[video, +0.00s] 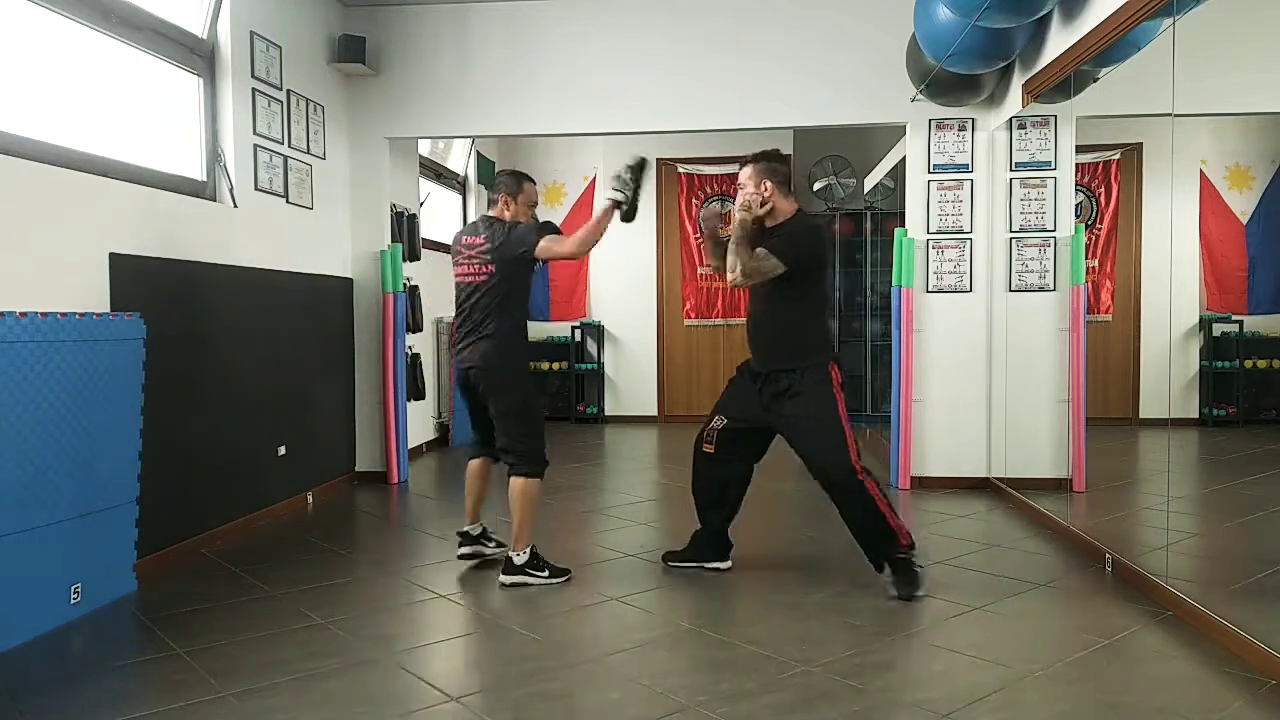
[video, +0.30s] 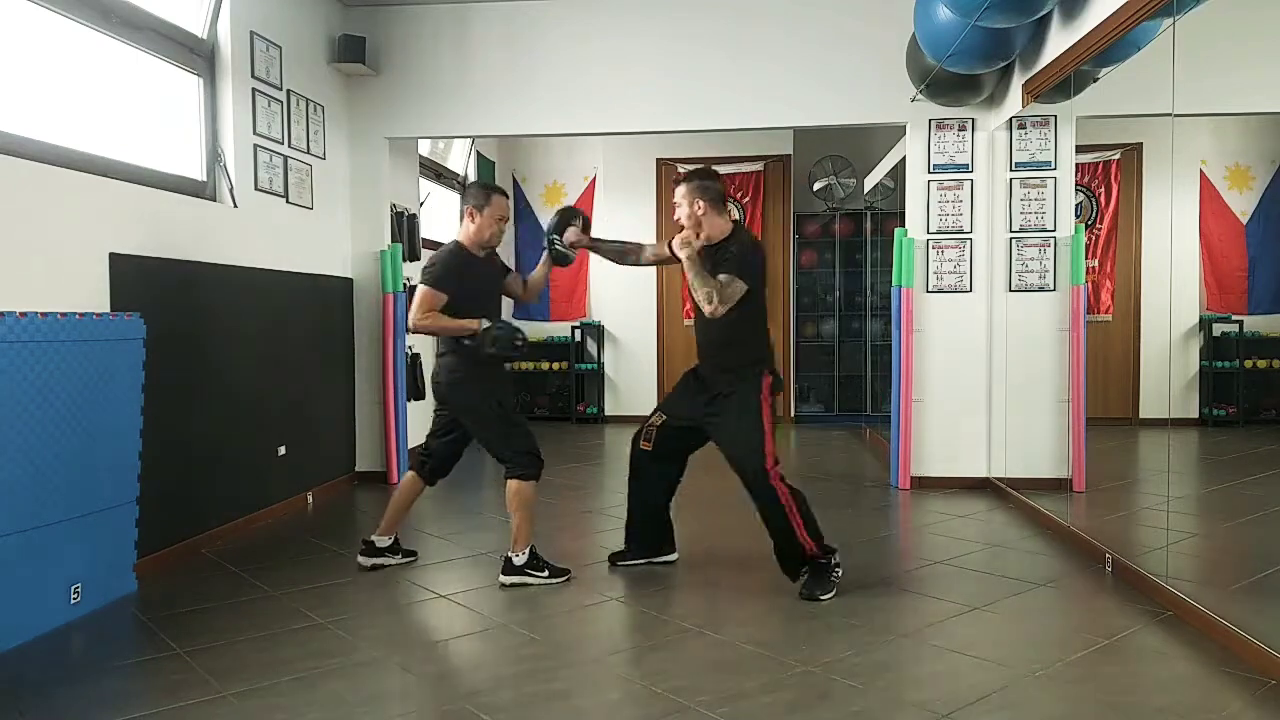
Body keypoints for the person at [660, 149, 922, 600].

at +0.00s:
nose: (739, 196)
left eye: (743, 187)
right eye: (739, 188)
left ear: (767, 189)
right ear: (766, 190)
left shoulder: (806, 232)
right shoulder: (766, 235)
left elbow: (740, 273)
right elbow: (719, 265)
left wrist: (743, 221)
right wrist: (710, 231)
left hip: (809, 376)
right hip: (761, 374)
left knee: (840, 471)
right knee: (714, 449)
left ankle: (898, 557)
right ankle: (712, 544)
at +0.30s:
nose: (676, 218)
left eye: (680, 208)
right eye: (675, 209)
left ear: (706, 207)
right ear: (703, 209)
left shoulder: (744, 250)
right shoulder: (698, 245)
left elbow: (714, 302)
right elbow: (640, 254)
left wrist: (690, 258)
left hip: (746, 381)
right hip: (705, 378)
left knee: (760, 472)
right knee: (651, 447)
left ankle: (817, 562)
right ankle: (650, 544)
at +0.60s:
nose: (627, 216)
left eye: (631, 208)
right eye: (627, 209)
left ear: (652, 206)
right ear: (667, 208)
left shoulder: (648, 231)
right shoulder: (702, 244)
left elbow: (571, 243)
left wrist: (547, 231)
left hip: (676, 371)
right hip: (687, 369)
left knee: (688, 478)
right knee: (631, 442)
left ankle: (776, 557)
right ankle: (637, 545)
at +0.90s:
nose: (625, 195)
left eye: (627, 190)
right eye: (619, 190)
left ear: (619, 197)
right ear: (616, 197)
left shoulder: (625, 220)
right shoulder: (661, 240)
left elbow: (561, 217)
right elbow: (669, 302)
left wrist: (596, 189)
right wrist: (620, 306)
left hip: (669, 365)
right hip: (646, 366)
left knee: (669, 467)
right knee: (618, 447)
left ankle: (732, 562)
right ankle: (639, 544)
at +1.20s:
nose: (581, 218)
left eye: (583, 210)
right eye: (579, 212)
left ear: (607, 206)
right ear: (596, 211)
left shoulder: (656, 239)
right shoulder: (595, 251)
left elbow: (620, 281)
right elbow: (531, 268)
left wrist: (590, 237)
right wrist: (554, 226)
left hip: (664, 380)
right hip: (618, 383)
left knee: (665, 472)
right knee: (566, 457)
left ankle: (696, 569)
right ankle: (581, 543)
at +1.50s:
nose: (553, 212)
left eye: (556, 203)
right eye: (553, 204)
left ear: (575, 200)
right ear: (581, 201)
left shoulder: (605, 229)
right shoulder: (584, 240)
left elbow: (558, 252)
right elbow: (546, 258)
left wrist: (553, 239)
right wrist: (523, 219)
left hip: (619, 373)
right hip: (587, 375)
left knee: (623, 482)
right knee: (545, 454)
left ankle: (693, 562)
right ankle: (562, 544)